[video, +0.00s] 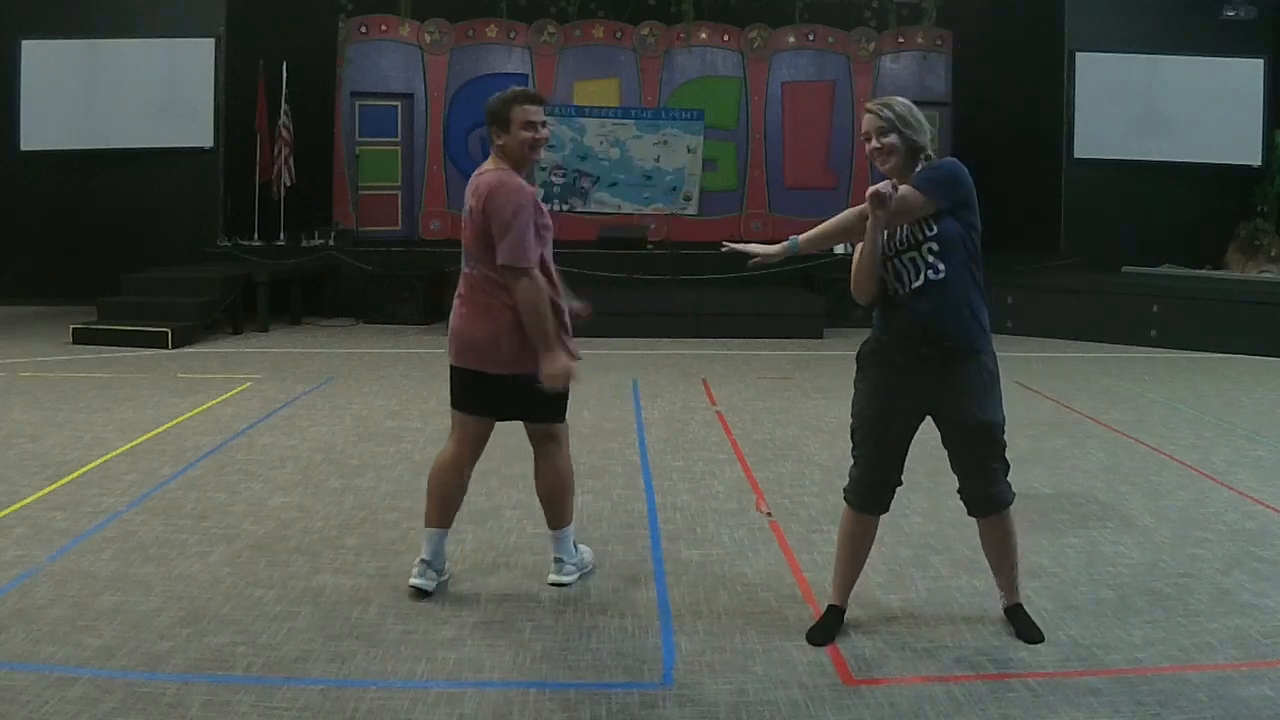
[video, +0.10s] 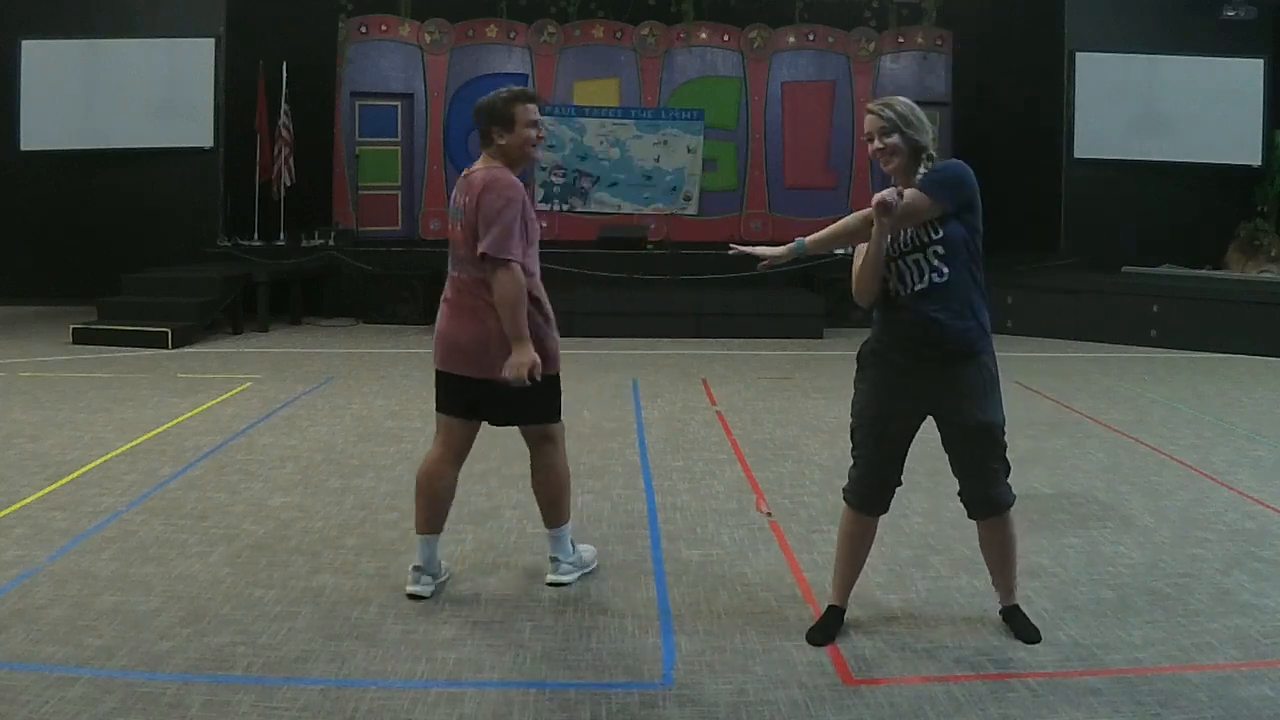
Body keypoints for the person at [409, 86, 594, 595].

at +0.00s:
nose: (540, 135)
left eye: (543, 126)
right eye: (529, 126)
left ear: (540, 130)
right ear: (500, 134)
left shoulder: (483, 181)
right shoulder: (513, 192)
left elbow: (520, 259)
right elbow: (523, 278)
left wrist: (560, 299)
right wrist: (549, 348)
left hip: (474, 342)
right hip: (523, 344)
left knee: (460, 446)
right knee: (550, 444)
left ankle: (430, 561)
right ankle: (565, 556)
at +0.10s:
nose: (541, 133)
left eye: (539, 124)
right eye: (531, 125)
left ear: (496, 135)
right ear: (499, 133)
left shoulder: (469, 179)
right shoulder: (504, 186)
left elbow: (473, 262)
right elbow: (503, 268)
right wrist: (520, 344)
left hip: (460, 340)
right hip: (515, 341)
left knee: (447, 448)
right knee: (546, 442)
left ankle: (425, 567)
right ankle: (563, 555)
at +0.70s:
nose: (481, 140)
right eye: (482, 133)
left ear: (431, 128)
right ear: (478, 134)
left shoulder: (390, 189)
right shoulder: (500, 189)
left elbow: (382, 274)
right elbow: (551, 252)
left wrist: (395, 331)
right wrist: (588, 298)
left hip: (425, 344)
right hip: (497, 344)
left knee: (423, 448)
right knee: (521, 443)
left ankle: (421, 570)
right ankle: (548, 558)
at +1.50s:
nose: (448, 136)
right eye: (447, 131)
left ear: (395, 134)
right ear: (440, 133)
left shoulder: (369, 197)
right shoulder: (460, 174)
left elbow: (360, 280)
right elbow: (471, 238)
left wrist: (357, 347)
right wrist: (480, 305)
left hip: (407, 349)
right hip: (467, 339)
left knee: (426, 455)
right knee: (490, 439)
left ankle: (442, 565)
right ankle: (489, 353)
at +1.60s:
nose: (450, 140)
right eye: (450, 134)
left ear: (397, 138)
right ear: (442, 135)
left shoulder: (370, 202)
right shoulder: (460, 175)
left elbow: (365, 287)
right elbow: (482, 232)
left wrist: (363, 355)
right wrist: (507, 300)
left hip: (402, 349)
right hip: (465, 342)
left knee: (423, 449)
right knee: (493, 440)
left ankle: (441, 565)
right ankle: (508, 356)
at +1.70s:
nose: (454, 139)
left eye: (450, 134)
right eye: (454, 133)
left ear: (401, 137)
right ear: (446, 134)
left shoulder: (372, 200)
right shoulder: (465, 172)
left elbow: (366, 284)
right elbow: (494, 234)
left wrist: (367, 347)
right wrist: (522, 297)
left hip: (402, 348)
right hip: (469, 341)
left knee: (424, 449)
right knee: (492, 438)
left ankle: (441, 566)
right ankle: (515, 354)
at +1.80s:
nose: (462, 138)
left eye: (457, 134)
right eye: (461, 133)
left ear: (407, 135)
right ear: (454, 133)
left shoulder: (376, 190)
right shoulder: (476, 175)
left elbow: (368, 268)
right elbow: (501, 238)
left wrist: (370, 324)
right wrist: (529, 302)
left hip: (407, 340)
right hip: (473, 336)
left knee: (429, 449)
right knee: (493, 434)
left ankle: (442, 565)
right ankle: (521, 361)